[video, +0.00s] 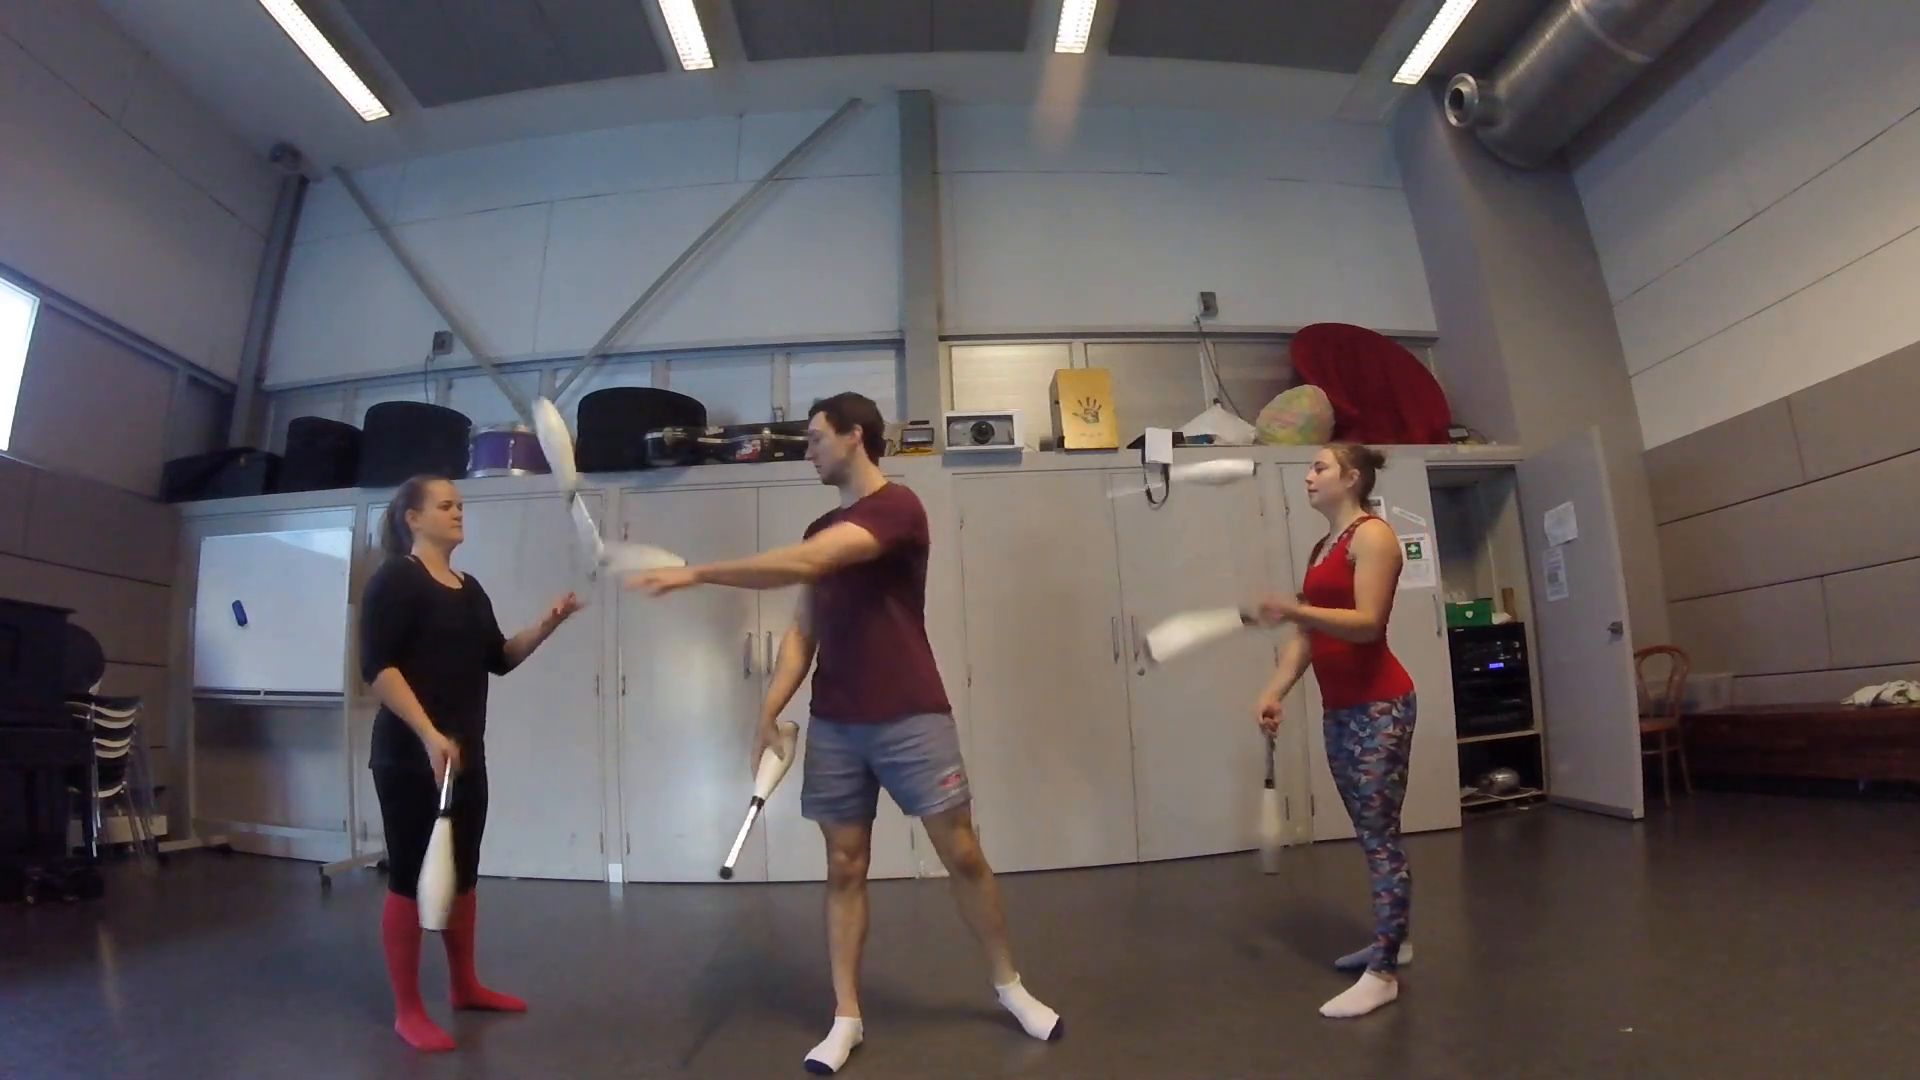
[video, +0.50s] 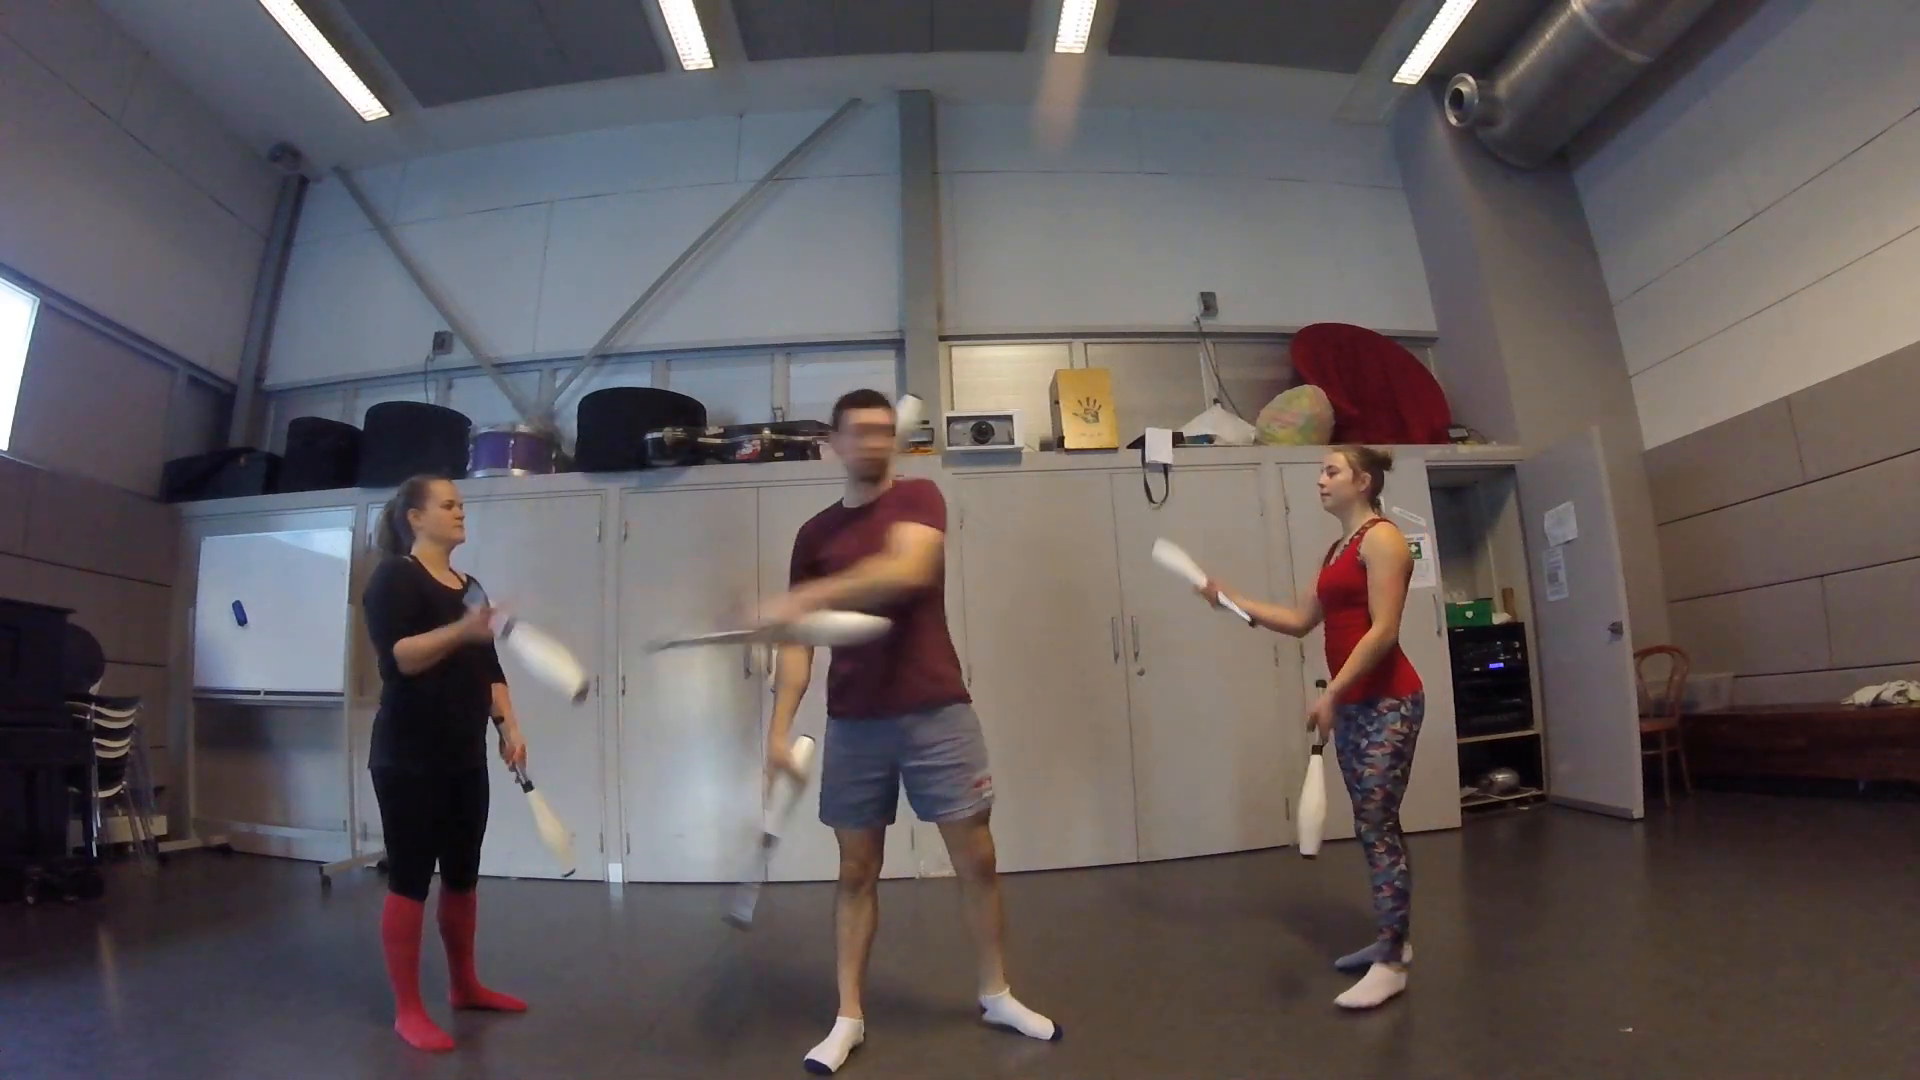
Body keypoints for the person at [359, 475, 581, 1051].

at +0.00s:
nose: (459, 515)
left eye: (459, 506)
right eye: (447, 507)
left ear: (454, 518)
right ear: (412, 518)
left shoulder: (468, 588)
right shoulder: (393, 581)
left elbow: (501, 658)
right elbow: (379, 670)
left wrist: (546, 624)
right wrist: (430, 734)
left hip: (465, 751)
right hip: (408, 753)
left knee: (463, 871)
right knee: (408, 877)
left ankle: (466, 988)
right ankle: (409, 1012)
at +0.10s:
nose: (459, 515)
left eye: (460, 506)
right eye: (447, 506)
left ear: (454, 517)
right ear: (412, 518)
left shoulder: (466, 589)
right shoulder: (393, 585)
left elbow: (486, 664)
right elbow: (390, 671)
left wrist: (538, 649)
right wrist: (449, 730)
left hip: (464, 750)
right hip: (410, 751)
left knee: (461, 871)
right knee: (409, 877)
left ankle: (465, 986)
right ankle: (408, 1010)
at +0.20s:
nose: (459, 515)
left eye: (460, 507)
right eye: (447, 507)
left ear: (456, 518)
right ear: (413, 518)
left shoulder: (464, 588)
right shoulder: (394, 583)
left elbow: (482, 661)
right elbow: (404, 666)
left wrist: (536, 674)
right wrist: (487, 694)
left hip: (463, 754)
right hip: (409, 757)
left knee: (460, 874)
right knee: (410, 878)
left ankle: (465, 988)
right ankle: (408, 1012)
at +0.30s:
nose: (460, 515)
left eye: (460, 507)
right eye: (448, 507)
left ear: (456, 518)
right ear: (412, 518)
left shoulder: (465, 587)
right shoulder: (395, 581)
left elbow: (478, 663)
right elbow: (413, 651)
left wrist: (525, 695)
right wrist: (500, 641)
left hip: (463, 753)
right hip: (407, 755)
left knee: (460, 874)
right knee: (408, 879)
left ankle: (466, 988)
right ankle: (408, 1011)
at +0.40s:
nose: (459, 515)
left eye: (460, 507)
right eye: (447, 506)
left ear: (456, 520)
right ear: (412, 517)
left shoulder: (468, 588)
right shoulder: (394, 579)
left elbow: (487, 663)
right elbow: (409, 651)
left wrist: (516, 719)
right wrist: (485, 620)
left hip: (464, 753)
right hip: (407, 755)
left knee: (461, 874)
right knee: (408, 879)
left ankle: (465, 988)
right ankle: (408, 1010)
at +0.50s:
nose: (461, 514)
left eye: (461, 505)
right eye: (449, 506)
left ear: (455, 519)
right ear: (415, 517)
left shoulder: (467, 589)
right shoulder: (392, 578)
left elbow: (489, 666)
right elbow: (400, 656)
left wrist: (510, 724)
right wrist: (464, 630)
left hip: (464, 753)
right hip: (407, 755)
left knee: (461, 874)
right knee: (410, 879)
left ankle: (465, 988)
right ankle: (408, 1011)